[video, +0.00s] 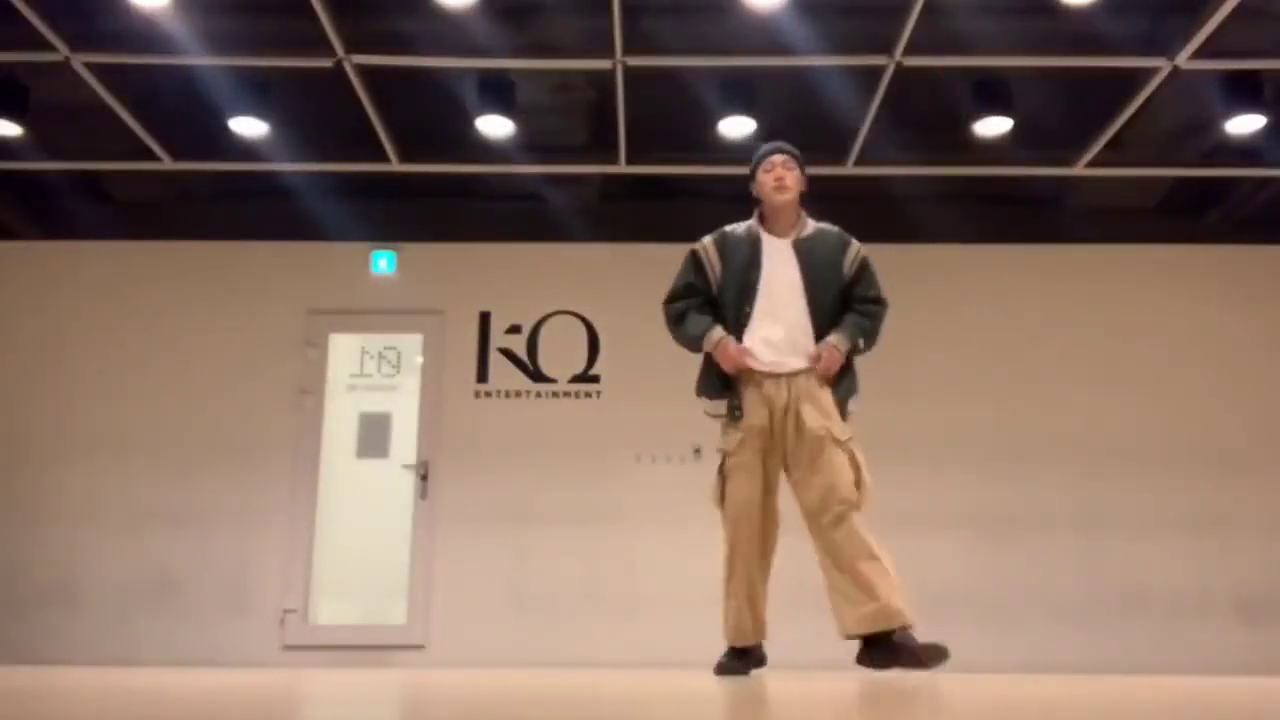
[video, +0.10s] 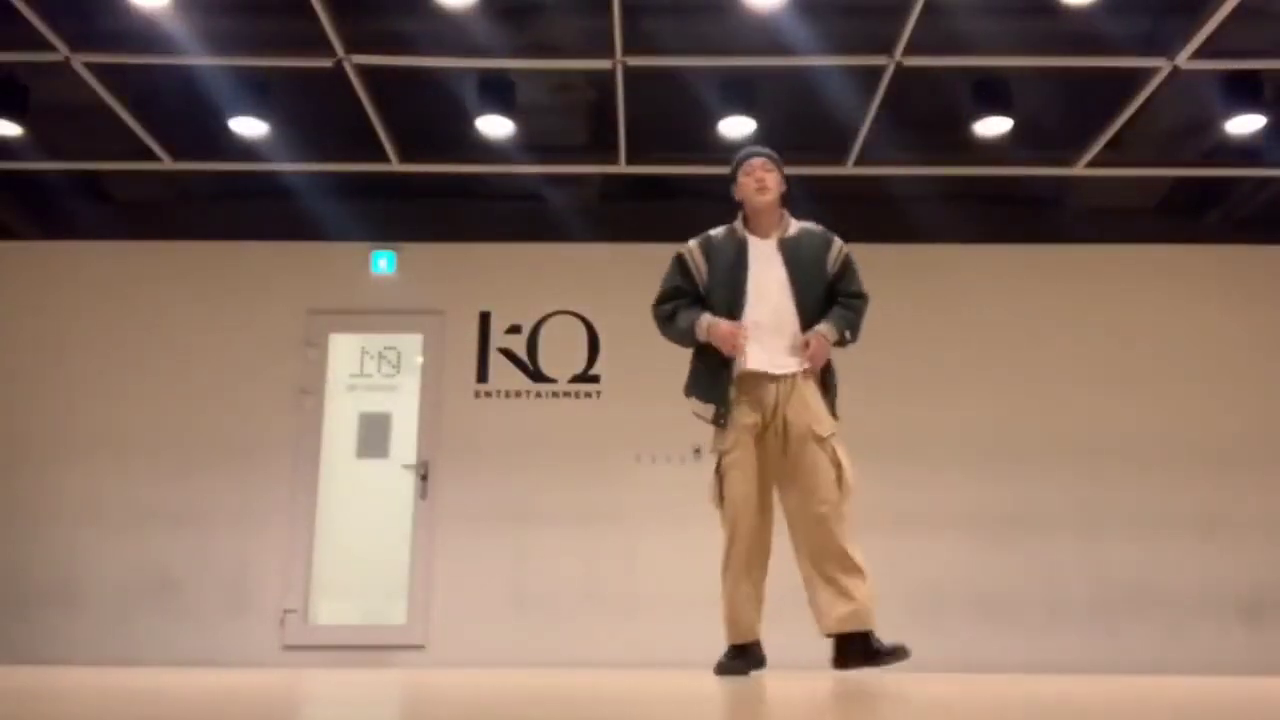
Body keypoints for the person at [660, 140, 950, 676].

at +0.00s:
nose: (778, 174)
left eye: (787, 167)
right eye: (768, 169)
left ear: (804, 184)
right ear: (754, 188)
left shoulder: (837, 245)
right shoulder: (722, 246)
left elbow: (870, 306)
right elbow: (681, 305)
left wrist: (840, 342)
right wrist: (716, 341)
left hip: (812, 390)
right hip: (747, 392)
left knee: (836, 511)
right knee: (745, 519)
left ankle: (882, 633)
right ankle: (744, 643)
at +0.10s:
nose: (760, 176)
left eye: (768, 170)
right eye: (749, 172)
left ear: (783, 186)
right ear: (735, 191)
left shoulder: (820, 243)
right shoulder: (706, 249)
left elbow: (853, 298)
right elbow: (668, 308)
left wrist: (829, 331)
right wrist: (707, 327)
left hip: (802, 392)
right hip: (738, 395)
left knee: (823, 512)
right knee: (744, 521)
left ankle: (851, 636)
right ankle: (743, 643)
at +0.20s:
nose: (743, 193)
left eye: (751, 187)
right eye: (733, 189)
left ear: (767, 202)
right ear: (719, 209)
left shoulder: (805, 259)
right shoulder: (694, 269)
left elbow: (845, 311)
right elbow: (659, 331)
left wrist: (815, 338)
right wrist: (706, 325)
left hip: (792, 410)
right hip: (727, 415)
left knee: (814, 528)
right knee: (735, 538)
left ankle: (816, 644)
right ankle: (743, 651)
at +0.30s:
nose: (735, 199)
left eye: (743, 193)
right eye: (724, 196)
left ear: (758, 207)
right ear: (711, 217)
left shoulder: (797, 263)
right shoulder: (689, 275)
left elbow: (838, 317)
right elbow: (656, 339)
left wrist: (806, 327)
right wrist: (699, 320)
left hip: (783, 414)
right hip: (718, 419)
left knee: (792, 525)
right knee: (724, 534)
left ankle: (783, 636)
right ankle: (738, 648)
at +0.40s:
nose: (735, 197)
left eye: (742, 191)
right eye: (724, 193)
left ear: (756, 206)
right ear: (710, 215)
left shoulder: (793, 261)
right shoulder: (687, 271)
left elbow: (833, 318)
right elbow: (659, 336)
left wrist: (805, 310)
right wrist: (693, 308)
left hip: (778, 410)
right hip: (716, 412)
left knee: (770, 523)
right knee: (721, 522)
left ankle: (757, 639)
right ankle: (739, 642)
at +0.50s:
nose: (742, 205)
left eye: (748, 199)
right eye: (731, 200)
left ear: (759, 214)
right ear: (713, 217)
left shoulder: (792, 271)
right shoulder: (685, 275)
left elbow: (831, 327)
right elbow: (655, 337)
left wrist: (802, 312)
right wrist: (689, 306)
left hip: (773, 416)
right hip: (715, 416)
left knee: (760, 527)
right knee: (719, 520)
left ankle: (727, 630)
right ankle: (735, 641)